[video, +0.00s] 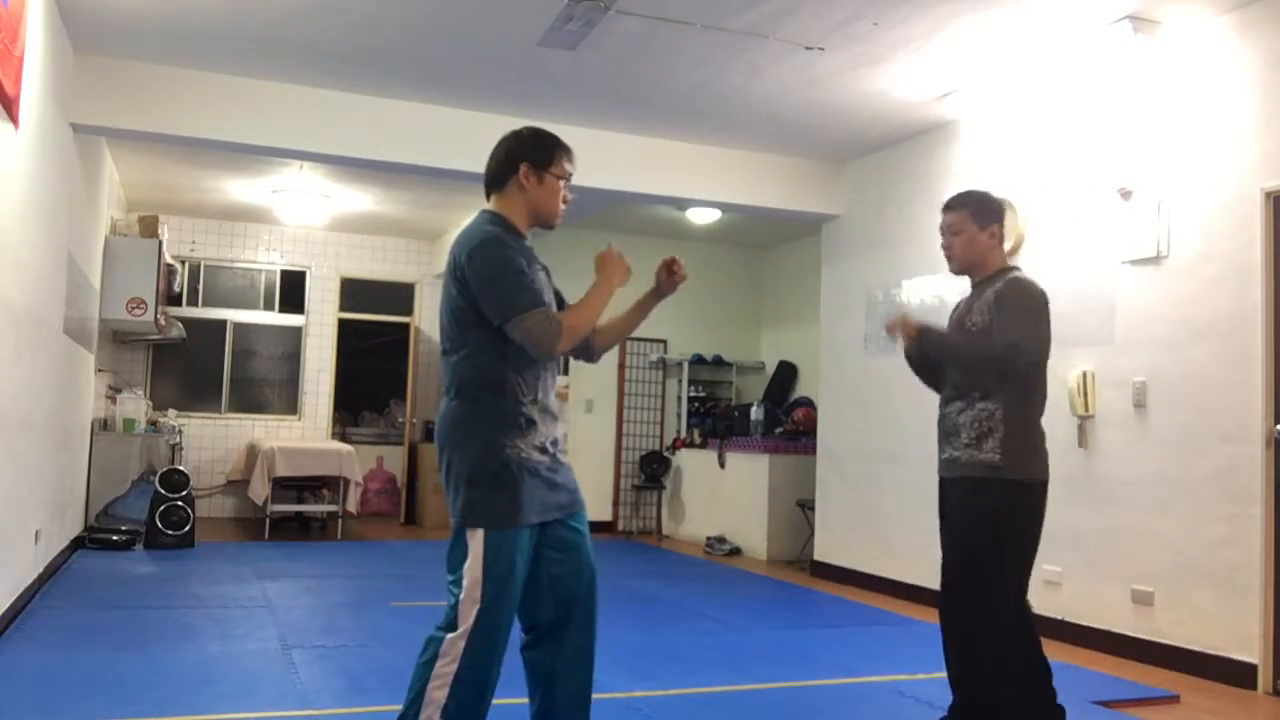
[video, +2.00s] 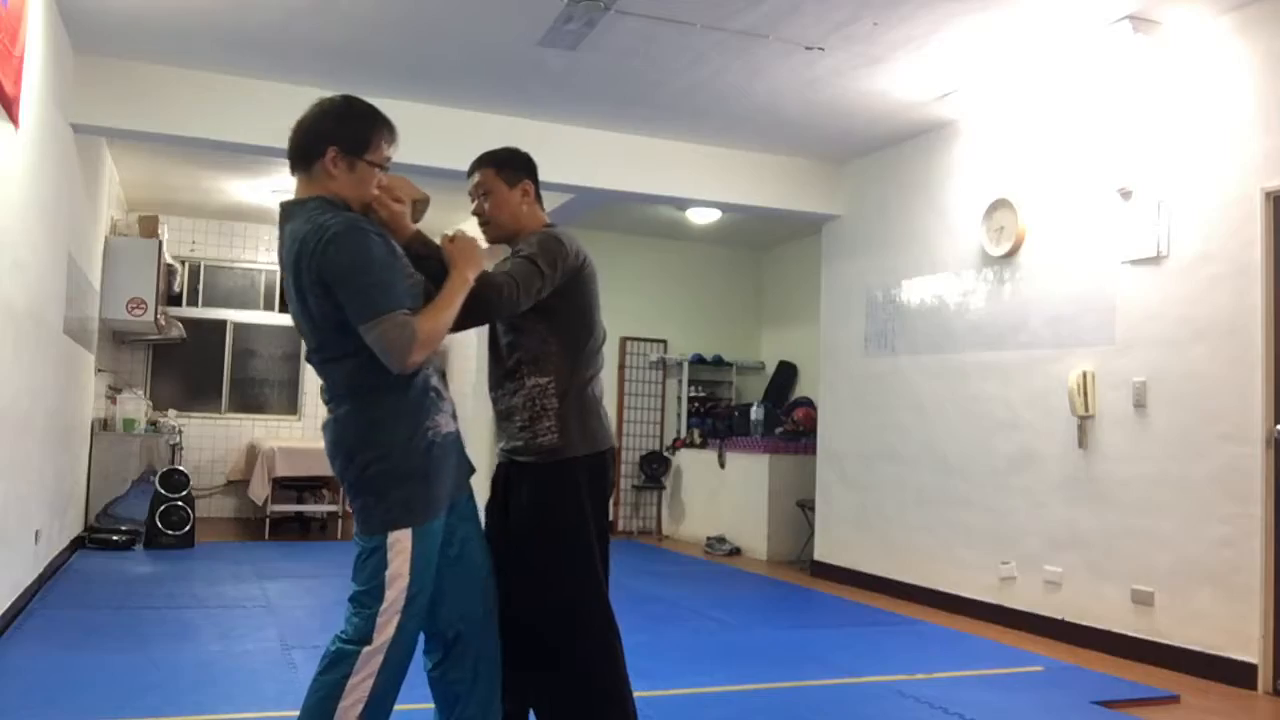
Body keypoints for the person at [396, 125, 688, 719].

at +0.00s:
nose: (569, 194)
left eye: (570, 183)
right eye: (562, 179)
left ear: (527, 180)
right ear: (526, 176)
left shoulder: (527, 258)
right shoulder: (489, 243)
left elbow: (589, 343)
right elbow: (548, 336)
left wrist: (652, 296)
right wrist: (607, 284)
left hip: (543, 458)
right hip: (494, 458)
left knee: (567, 606)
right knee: (476, 623)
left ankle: (562, 715)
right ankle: (431, 715)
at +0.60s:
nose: (580, 217)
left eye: (582, 205)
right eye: (574, 202)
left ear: (535, 198)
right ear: (534, 194)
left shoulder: (529, 267)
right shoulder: (496, 255)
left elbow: (608, 318)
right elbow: (564, 349)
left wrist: (631, 239)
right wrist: (627, 307)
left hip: (530, 470)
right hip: (479, 470)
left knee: (567, 604)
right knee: (462, 623)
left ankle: (563, 716)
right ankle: (395, 714)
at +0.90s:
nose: (527, 208)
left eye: (531, 195)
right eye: (520, 191)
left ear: (475, 187)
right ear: (473, 181)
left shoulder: (468, 253)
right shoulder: (431, 241)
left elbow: (552, 295)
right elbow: (505, 345)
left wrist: (559, 261)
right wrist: (584, 312)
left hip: (458, 464)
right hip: (405, 464)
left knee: (505, 603)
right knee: (383, 625)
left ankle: (506, 718)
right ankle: (325, 719)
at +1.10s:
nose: (491, 202)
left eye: (496, 190)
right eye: (485, 186)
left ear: (438, 178)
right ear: (439, 173)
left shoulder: (443, 245)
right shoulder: (399, 237)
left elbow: (540, 276)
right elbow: (464, 348)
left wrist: (501, 196)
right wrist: (544, 321)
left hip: (460, 465)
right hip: (402, 467)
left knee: (502, 627)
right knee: (379, 646)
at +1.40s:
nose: (445, 186)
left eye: (449, 175)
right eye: (438, 172)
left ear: (387, 167)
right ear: (394, 164)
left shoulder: (382, 227)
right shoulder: (388, 235)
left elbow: (478, 245)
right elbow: (453, 350)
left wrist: (450, 185)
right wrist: (518, 313)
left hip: (468, 458)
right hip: (422, 463)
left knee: (498, 630)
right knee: (394, 637)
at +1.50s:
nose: (439, 186)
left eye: (441, 173)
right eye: (432, 171)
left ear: (376, 166)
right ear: (388, 163)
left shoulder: (353, 227)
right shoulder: (390, 235)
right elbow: (453, 349)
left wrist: (446, 244)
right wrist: (514, 301)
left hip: (460, 455)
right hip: (422, 458)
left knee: (493, 627)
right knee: (395, 637)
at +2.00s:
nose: (385, 183)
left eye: (387, 168)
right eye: (377, 166)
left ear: (325, 163)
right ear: (334, 161)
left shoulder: (311, 225)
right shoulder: (343, 235)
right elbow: (408, 348)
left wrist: (395, 216)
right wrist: (463, 273)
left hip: (425, 452)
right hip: (402, 458)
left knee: (467, 628)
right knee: (379, 636)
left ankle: (476, 719)